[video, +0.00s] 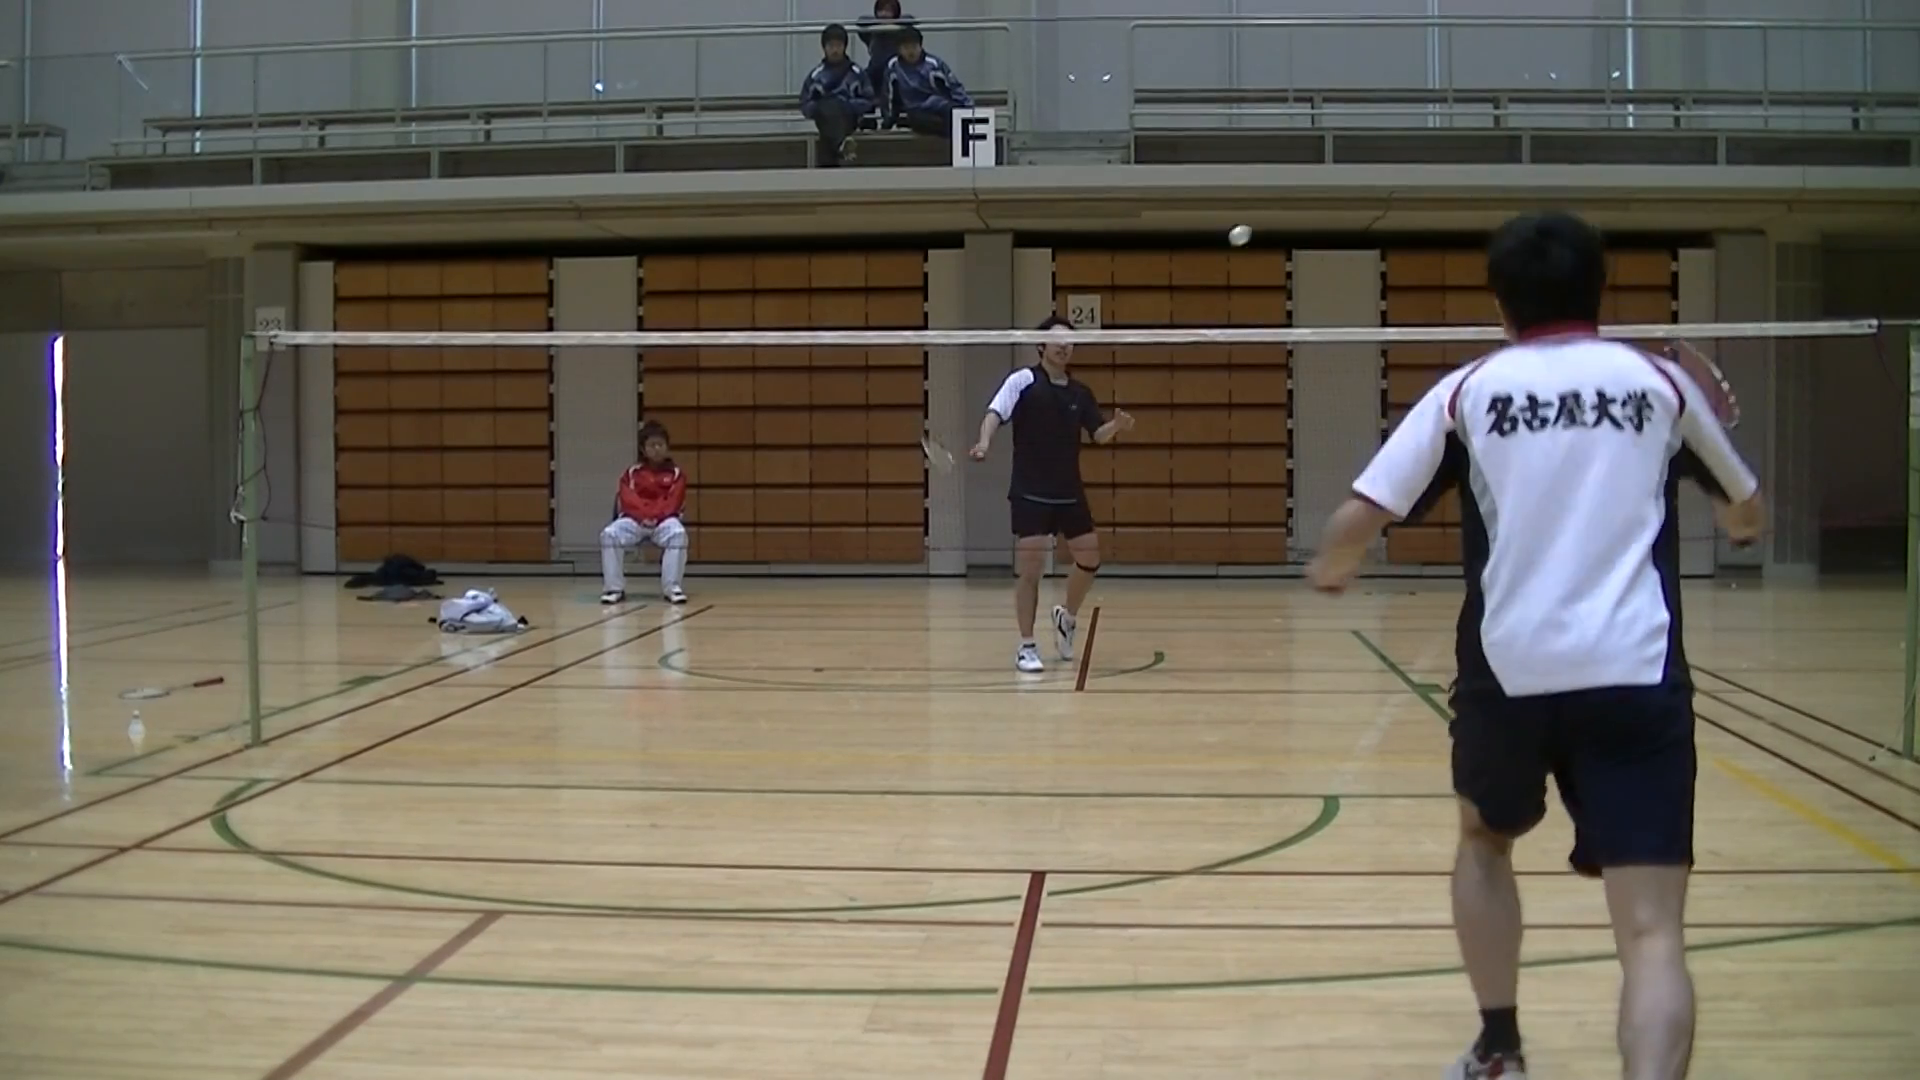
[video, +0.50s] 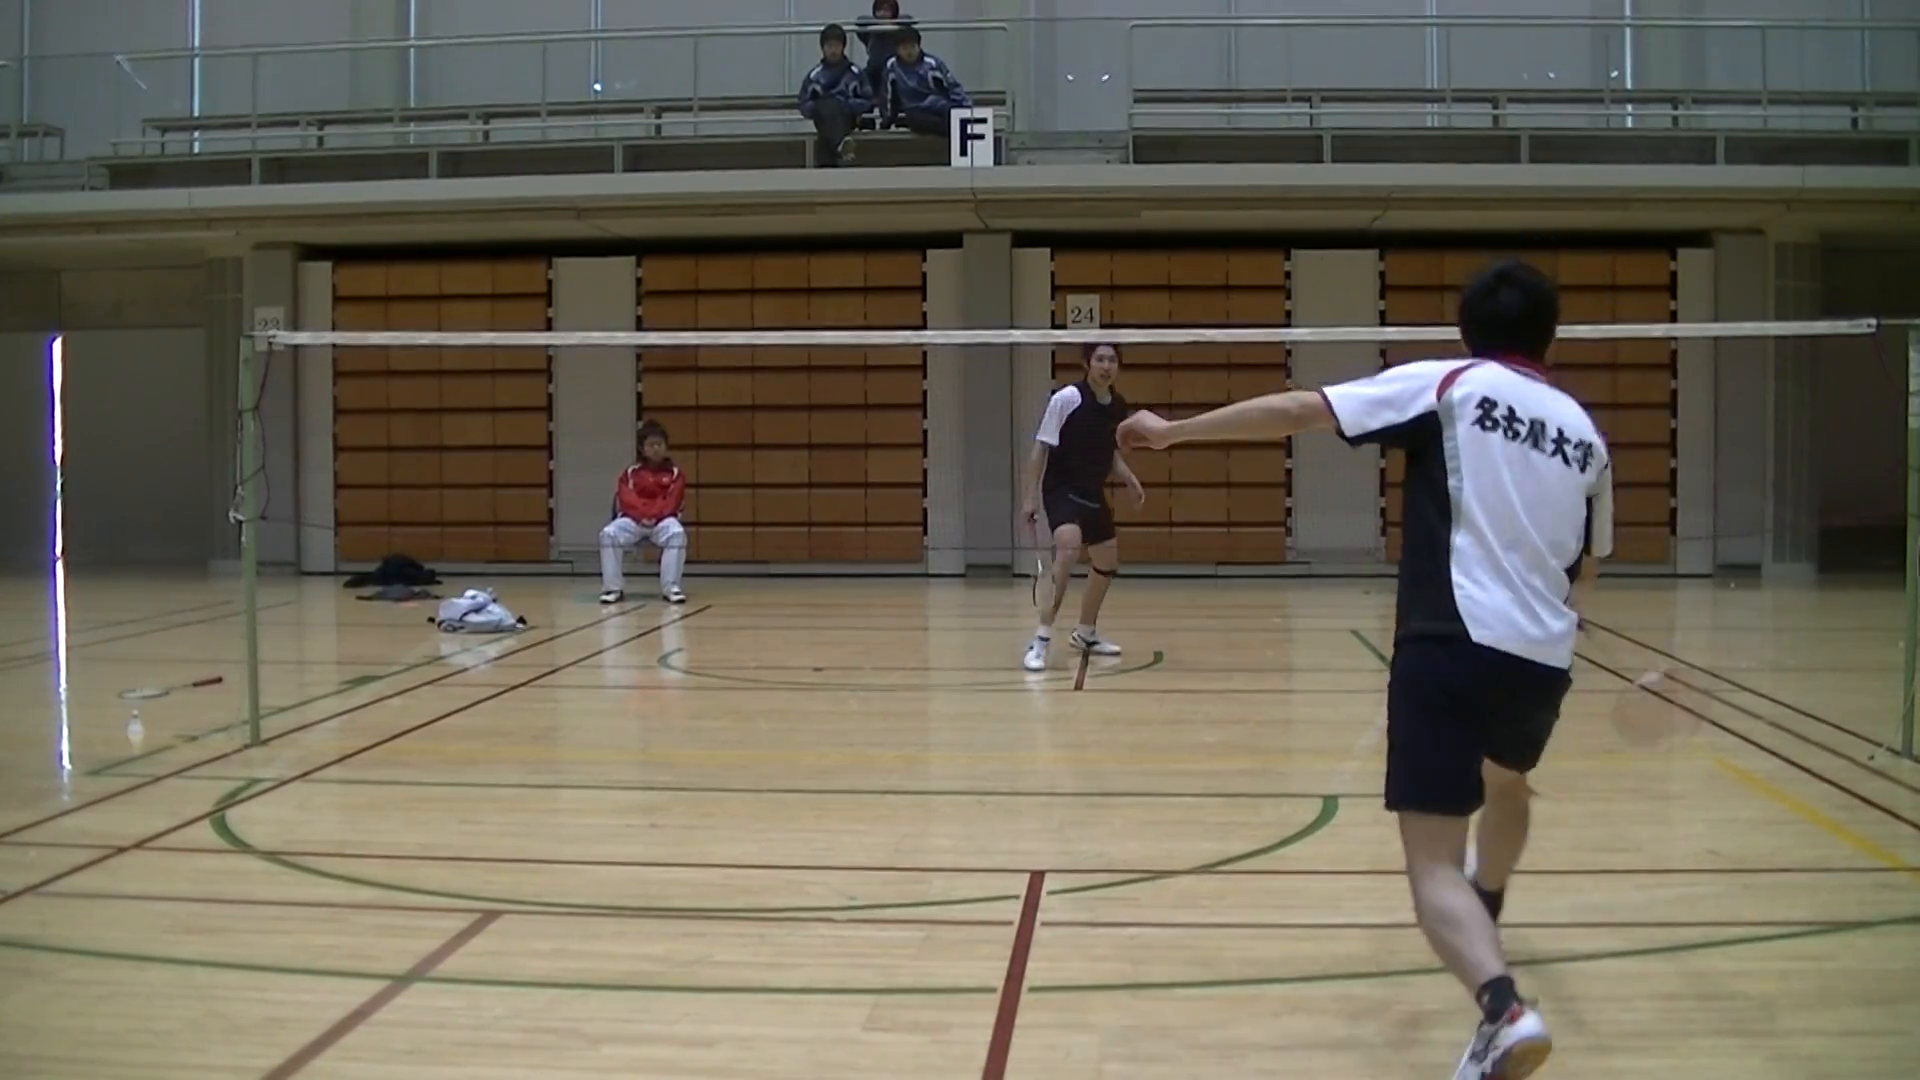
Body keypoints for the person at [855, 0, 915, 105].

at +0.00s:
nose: (884, 13)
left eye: (889, 9)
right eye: (881, 9)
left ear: (895, 12)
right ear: (876, 12)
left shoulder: (901, 30)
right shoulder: (871, 33)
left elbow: (910, 19)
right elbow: (861, 22)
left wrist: (892, 22)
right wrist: (880, 21)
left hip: (897, 69)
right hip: (874, 70)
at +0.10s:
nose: (884, 12)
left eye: (889, 9)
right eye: (881, 9)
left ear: (895, 12)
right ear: (876, 12)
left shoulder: (901, 31)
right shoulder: (872, 34)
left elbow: (910, 19)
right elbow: (861, 21)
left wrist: (893, 22)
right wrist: (879, 21)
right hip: (873, 73)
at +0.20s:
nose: (884, 12)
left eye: (889, 9)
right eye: (881, 9)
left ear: (895, 12)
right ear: (876, 12)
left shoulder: (901, 31)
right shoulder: (872, 34)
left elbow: (910, 19)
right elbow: (861, 21)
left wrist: (893, 22)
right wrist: (879, 21)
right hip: (874, 73)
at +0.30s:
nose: (884, 13)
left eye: (888, 9)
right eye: (880, 9)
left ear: (895, 12)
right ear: (876, 12)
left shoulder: (901, 31)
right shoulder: (871, 34)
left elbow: (910, 19)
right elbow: (860, 21)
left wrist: (892, 22)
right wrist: (879, 21)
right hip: (873, 73)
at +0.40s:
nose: (884, 13)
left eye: (888, 9)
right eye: (880, 9)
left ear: (895, 12)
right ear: (875, 12)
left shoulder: (900, 29)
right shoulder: (871, 32)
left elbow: (911, 19)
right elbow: (860, 21)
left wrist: (892, 22)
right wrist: (880, 21)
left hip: (896, 69)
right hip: (874, 71)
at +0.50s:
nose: (883, 13)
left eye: (887, 9)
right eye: (879, 9)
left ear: (894, 12)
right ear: (874, 12)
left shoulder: (899, 30)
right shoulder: (870, 33)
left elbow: (909, 19)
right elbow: (860, 21)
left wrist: (892, 23)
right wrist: (880, 22)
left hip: (896, 69)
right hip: (873, 70)